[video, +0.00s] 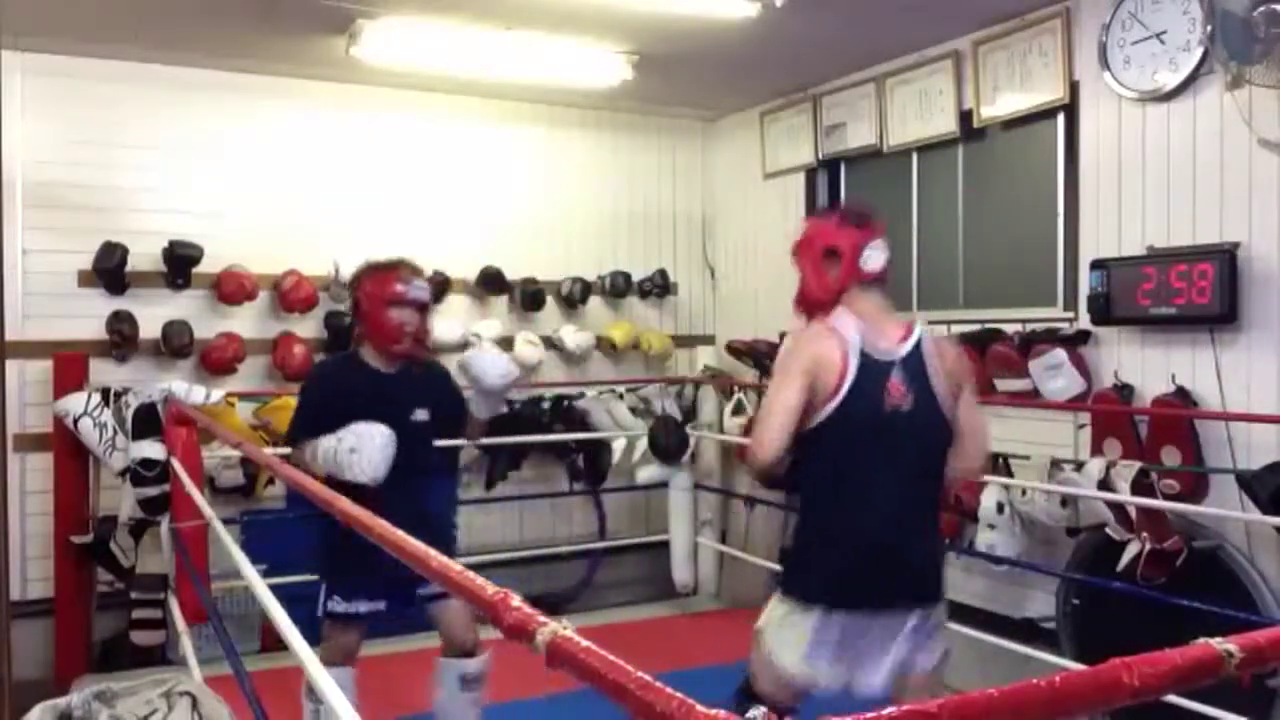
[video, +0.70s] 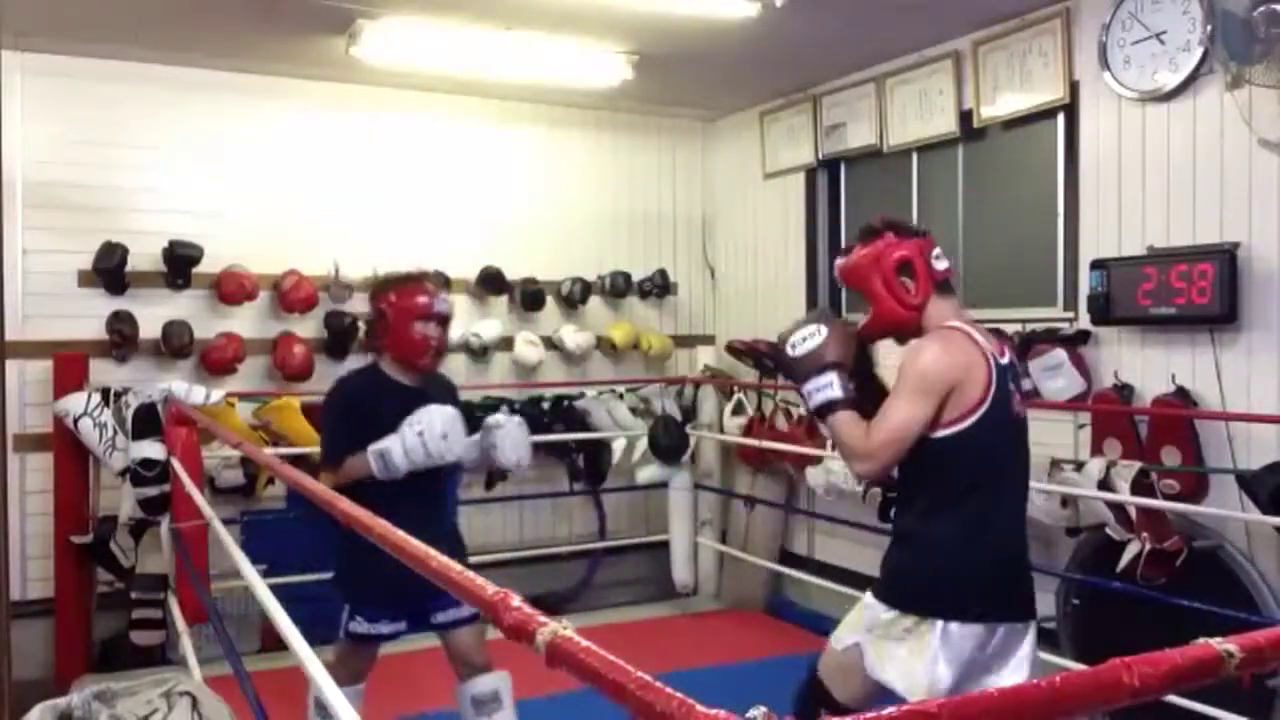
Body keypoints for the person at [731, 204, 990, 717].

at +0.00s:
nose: (800, 284)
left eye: (805, 268)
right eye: (801, 268)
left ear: (829, 267)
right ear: (878, 267)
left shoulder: (813, 343)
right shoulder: (941, 350)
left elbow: (765, 453)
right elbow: (971, 457)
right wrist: (902, 462)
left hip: (827, 580)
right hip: (915, 583)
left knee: (764, 705)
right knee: (920, 714)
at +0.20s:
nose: (843, 260)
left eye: (849, 245)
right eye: (844, 245)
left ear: (881, 244)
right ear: (924, 247)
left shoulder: (855, 317)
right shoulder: (977, 324)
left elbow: (824, 418)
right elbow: (1035, 424)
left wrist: (792, 442)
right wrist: (962, 452)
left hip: (878, 559)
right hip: (962, 558)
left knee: (822, 705)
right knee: (959, 713)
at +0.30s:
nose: (870, 310)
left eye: (875, 292)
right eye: (871, 293)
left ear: (904, 288)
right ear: (945, 287)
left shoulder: (891, 355)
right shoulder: (1004, 366)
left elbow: (849, 463)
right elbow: (1050, 478)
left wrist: (810, 484)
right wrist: (985, 502)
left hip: (900, 614)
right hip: (984, 613)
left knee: (861, 710)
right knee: (971, 719)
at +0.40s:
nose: (880, 322)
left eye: (886, 304)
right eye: (880, 305)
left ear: (918, 299)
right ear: (957, 299)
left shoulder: (910, 370)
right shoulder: (1018, 380)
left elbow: (883, 487)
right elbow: (1047, 509)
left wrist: (826, 507)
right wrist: (975, 516)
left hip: (916, 624)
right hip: (996, 623)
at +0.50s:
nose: (881, 313)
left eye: (883, 293)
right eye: (878, 295)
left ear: (916, 283)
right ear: (949, 278)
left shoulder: (926, 352)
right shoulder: (1010, 355)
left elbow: (903, 471)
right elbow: (992, 472)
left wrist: (840, 454)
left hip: (927, 605)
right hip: (1005, 603)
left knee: (842, 705)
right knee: (984, 718)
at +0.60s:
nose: (878, 303)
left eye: (879, 286)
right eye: (873, 288)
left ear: (910, 275)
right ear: (938, 268)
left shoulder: (938, 342)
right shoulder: (1000, 342)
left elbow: (888, 457)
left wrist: (829, 395)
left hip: (929, 588)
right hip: (1006, 589)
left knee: (816, 700)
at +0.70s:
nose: (866, 310)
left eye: (868, 294)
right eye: (862, 296)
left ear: (902, 283)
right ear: (924, 274)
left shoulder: (937, 353)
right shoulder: (991, 347)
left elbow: (868, 457)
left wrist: (820, 384)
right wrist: (852, 373)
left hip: (932, 597)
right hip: (1003, 595)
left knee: (821, 700)